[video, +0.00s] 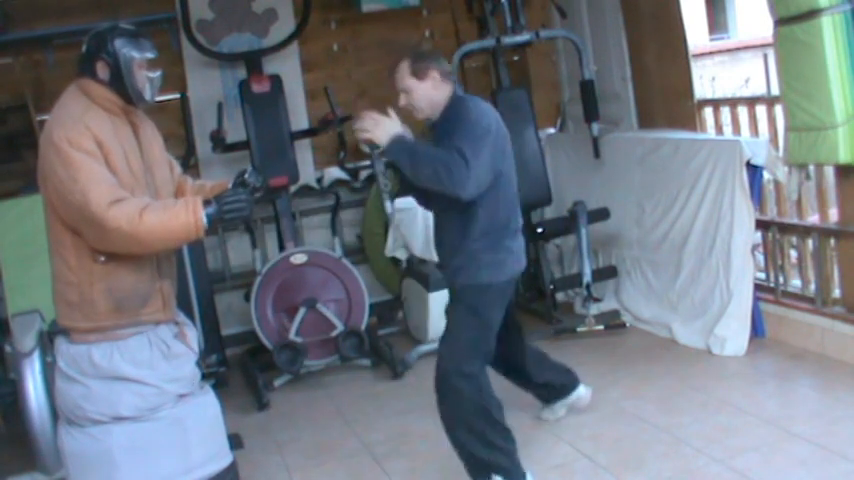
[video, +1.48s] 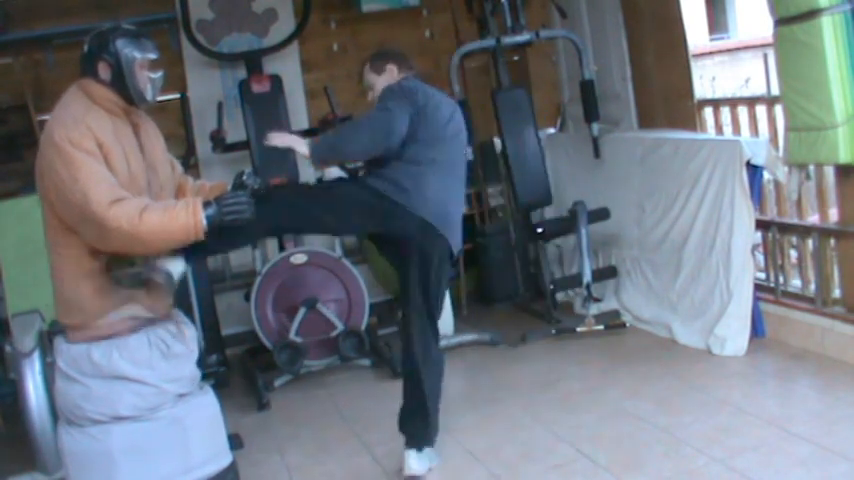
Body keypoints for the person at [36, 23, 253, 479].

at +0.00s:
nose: (146, 75)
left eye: (147, 64)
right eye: (136, 65)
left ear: (112, 68)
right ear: (103, 67)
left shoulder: (136, 121)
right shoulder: (68, 129)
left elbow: (175, 188)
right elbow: (110, 221)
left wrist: (227, 188)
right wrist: (202, 215)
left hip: (157, 316)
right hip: (103, 329)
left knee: (192, 447)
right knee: (124, 458)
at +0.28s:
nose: (147, 75)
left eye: (147, 64)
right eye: (137, 64)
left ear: (111, 69)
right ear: (103, 66)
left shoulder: (137, 122)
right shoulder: (68, 129)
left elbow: (176, 188)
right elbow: (110, 222)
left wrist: (228, 188)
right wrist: (204, 215)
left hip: (157, 318)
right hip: (103, 331)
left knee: (190, 448)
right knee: (124, 459)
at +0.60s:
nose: (148, 76)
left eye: (148, 65)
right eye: (138, 65)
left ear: (114, 68)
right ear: (104, 66)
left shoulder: (137, 121)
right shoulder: (69, 128)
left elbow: (176, 189)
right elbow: (109, 221)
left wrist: (228, 189)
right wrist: (203, 216)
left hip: (157, 319)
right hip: (104, 332)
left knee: (194, 448)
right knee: (124, 459)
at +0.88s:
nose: (148, 76)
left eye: (149, 65)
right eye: (138, 65)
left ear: (112, 69)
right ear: (105, 66)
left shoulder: (138, 122)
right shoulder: (69, 129)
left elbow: (176, 188)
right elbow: (110, 221)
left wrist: (228, 190)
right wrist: (204, 216)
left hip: (158, 319)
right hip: (104, 332)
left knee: (192, 450)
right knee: (124, 460)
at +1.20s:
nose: (148, 75)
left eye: (149, 65)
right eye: (138, 65)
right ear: (104, 67)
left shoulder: (138, 121)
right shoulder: (70, 129)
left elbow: (176, 188)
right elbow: (110, 221)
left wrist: (227, 190)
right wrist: (204, 216)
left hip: (157, 319)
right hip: (104, 332)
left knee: (190, 449)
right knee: (125, 459)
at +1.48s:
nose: (149, 76)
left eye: (150, 65)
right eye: (139, 65)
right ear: (105, 67)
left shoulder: (138, 122)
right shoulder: (69, 130)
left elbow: (175, 189)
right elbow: (108, 220)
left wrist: (231, 190)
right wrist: (203, 216)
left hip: (155, 315)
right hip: (101, 328)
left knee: (186, 447)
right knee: (124, 458)